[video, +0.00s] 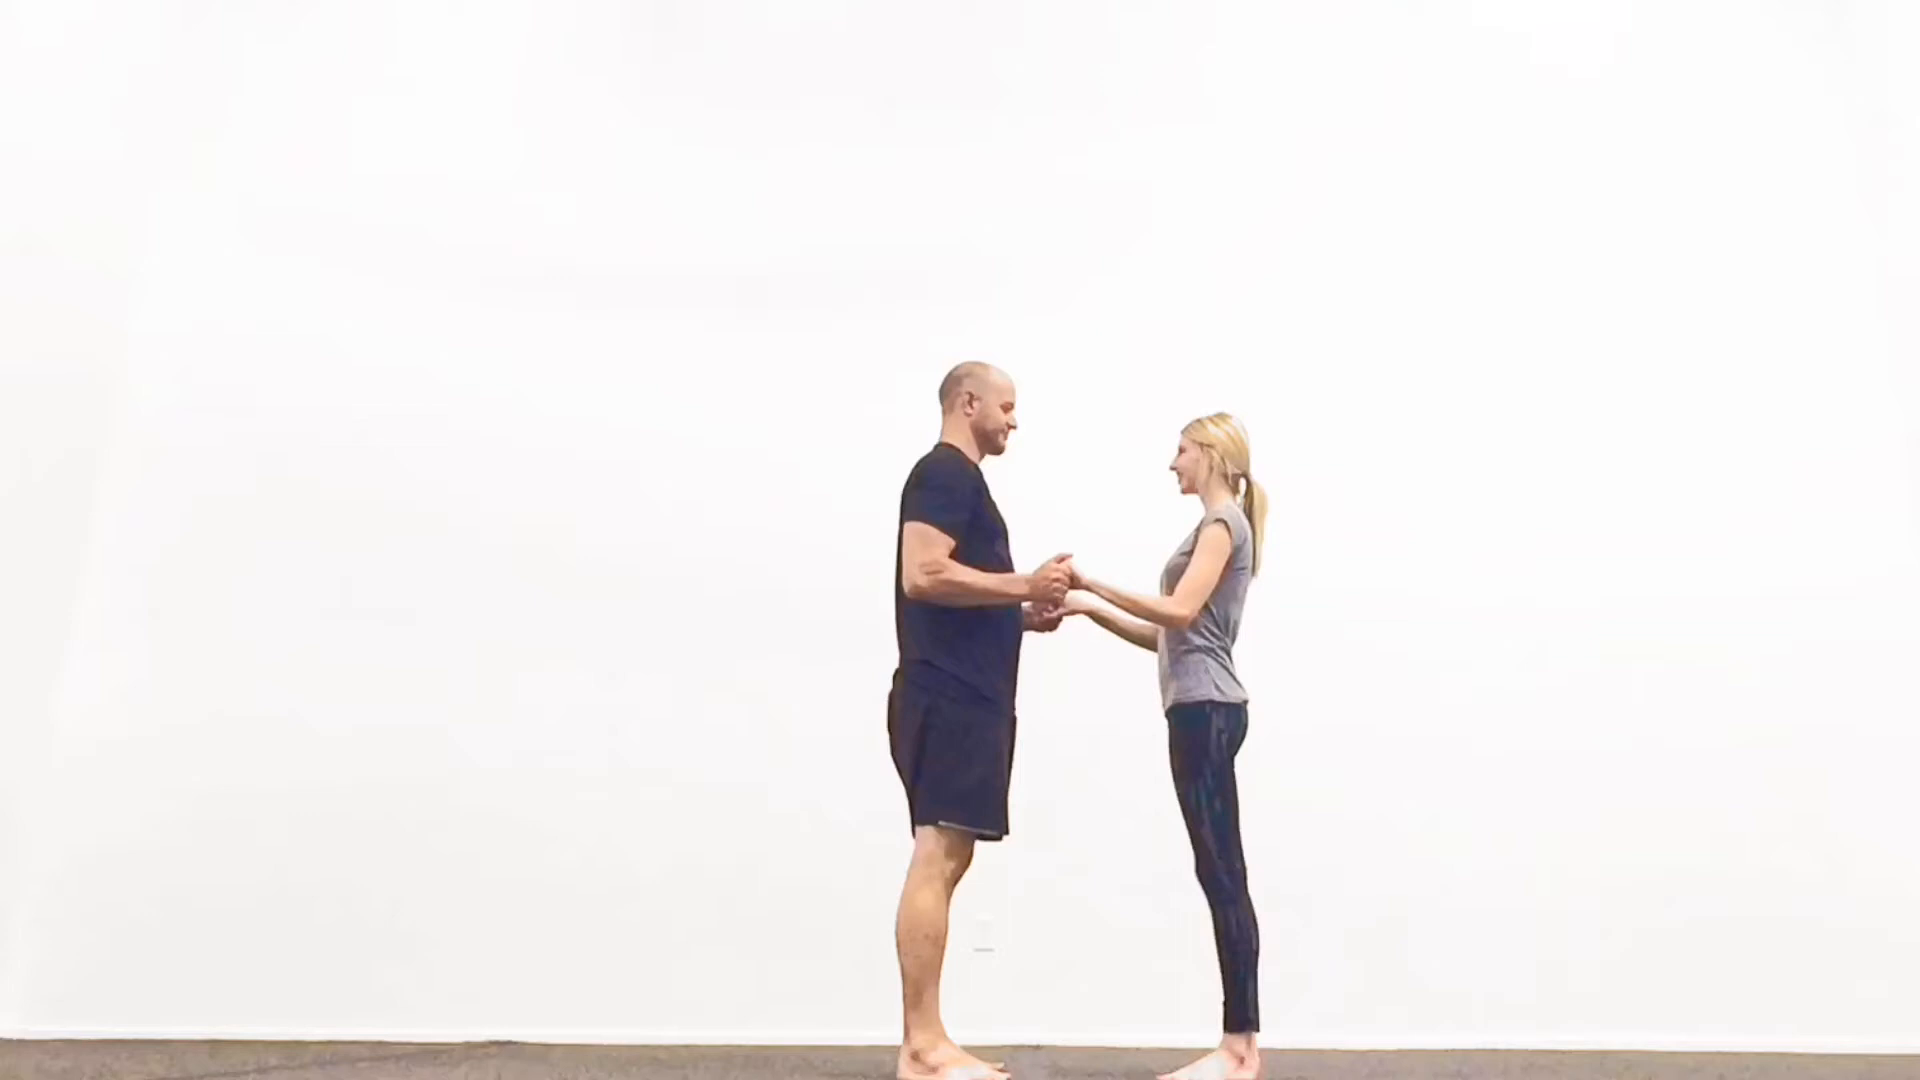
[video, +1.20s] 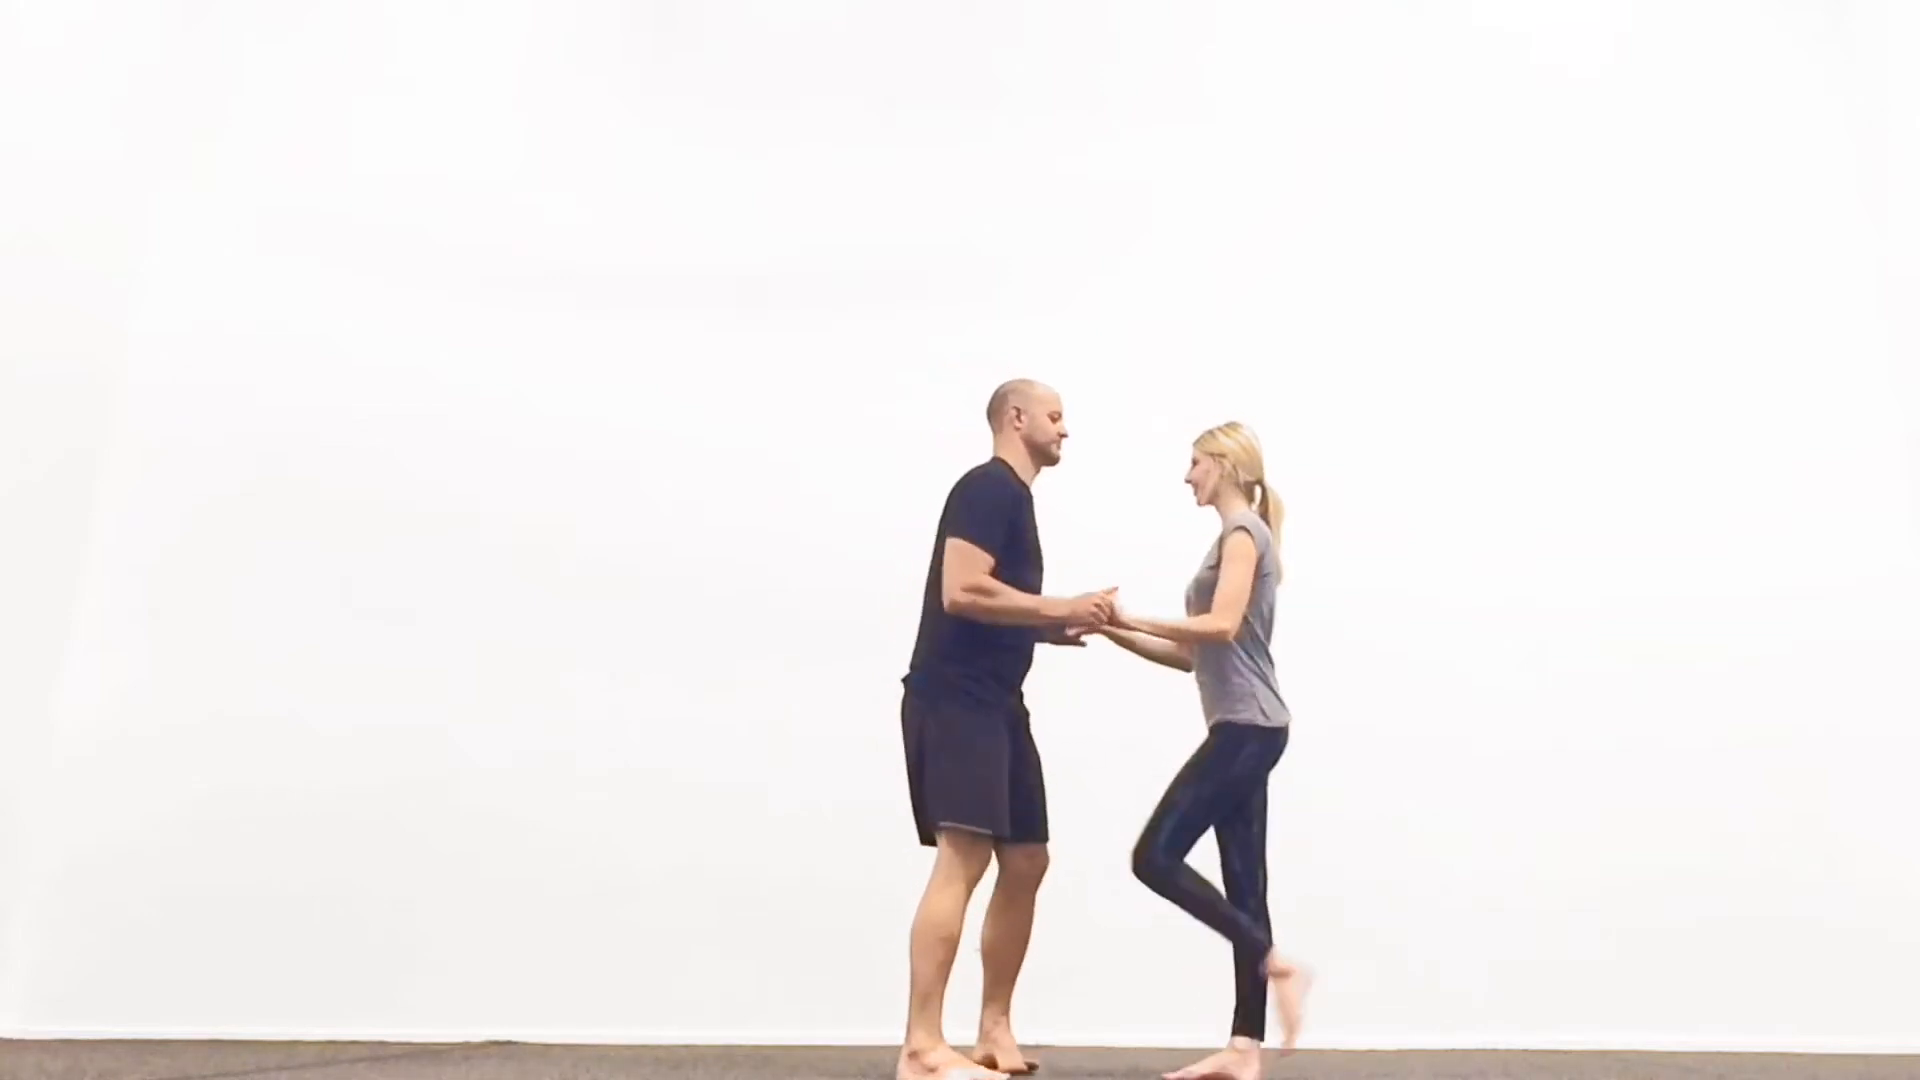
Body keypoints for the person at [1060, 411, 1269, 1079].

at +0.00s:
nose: (1175, 460)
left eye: (1183, 449)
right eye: (1178, 449)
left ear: (1211, 456)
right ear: (1216, 459)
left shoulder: (1221, 522)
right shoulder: (1215, 530)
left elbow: (1180, 610)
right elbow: (1166, 641)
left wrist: (1091, 585)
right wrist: (1092, 606)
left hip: (1205, 705)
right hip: (1198, 705)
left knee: (1220, 874)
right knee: (1220, 875)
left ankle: (1239, 1047)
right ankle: (1240, 1044)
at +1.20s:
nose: (1188, 473)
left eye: (1195, 461)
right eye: (1191, 462)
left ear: (1223, 465)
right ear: (1227, 468)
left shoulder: (1243, 531)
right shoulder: (1237, 542)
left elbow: (1224, 624)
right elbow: (1191, 655)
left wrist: (1131, 620)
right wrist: (1109, 633)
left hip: (1246, 726)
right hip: (1245, 725)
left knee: (1153, 859)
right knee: (1245, 890)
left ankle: (1277, 966)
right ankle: (1243, 1049)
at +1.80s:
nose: (1347, 494)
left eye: (1353, 481)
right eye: (1348, 483)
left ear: (1385, 482)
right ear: (1381, 486)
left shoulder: (1416, 551)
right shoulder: (1368, 565)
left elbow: (1429, 650)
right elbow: (1289, 595)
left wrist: (1433, 753)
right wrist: (1248, 533)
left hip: (1424, 741)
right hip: (1373, 749)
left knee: (1489, 891)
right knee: (1318, 887)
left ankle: (1533, 1048)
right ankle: (1241, 1028)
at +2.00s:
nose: (1362, 494)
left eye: (1370, 482)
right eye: (1363, 484)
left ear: (1405, 484)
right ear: (1399, 486)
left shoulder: (1433, 553)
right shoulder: (1381, 565)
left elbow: (1441, 651)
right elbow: (1299, 598)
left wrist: (1440, 747)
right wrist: (1250, 542)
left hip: (1424, 741)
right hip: (1373, 745)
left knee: (1480, 890)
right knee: (1305, 873)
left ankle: (1529, 1049)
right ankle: (1232, 1016)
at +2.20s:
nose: (1313, 490)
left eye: (1320, 478)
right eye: (1313, 480)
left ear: (1351, 479)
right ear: (1348, 481)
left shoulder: (1379, 545)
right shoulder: (1336, 556)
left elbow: (1377, 644)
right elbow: (1256, 600)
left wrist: (1354, 736)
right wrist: (1204, 549)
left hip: (1373, 730)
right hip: (1325, 737)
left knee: (1433, 880)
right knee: (1277, 878)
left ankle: (1517, 1033)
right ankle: (1232, 1041)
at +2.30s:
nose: (1268, 481)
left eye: (1275, 469)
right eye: (1269, 471)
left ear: (1308, 472)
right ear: (1307, 475)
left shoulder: (1327, 538)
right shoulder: (1291, 547)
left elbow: (1330, 632)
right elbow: (1209, 587)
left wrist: (1308, 725)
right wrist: (1164, 539)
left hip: (1314, 725)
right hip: (1288, 728)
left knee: (1359, 885)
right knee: (1256, 882)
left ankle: (1477, 1005)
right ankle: (1234, 1045)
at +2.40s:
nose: (1222, 474)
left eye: (1229, 463)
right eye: (1223, 464)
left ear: (1259, 466)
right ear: (1257, 467)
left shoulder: (1278, 530)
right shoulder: (1249, 538)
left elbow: (1289, 618)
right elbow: (1170, 571)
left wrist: (1270, 712)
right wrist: (1129, 524)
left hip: (1265, 719)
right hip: (1239, 722)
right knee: (1234, 881)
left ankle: (1383, 979)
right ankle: (1233, 1042)